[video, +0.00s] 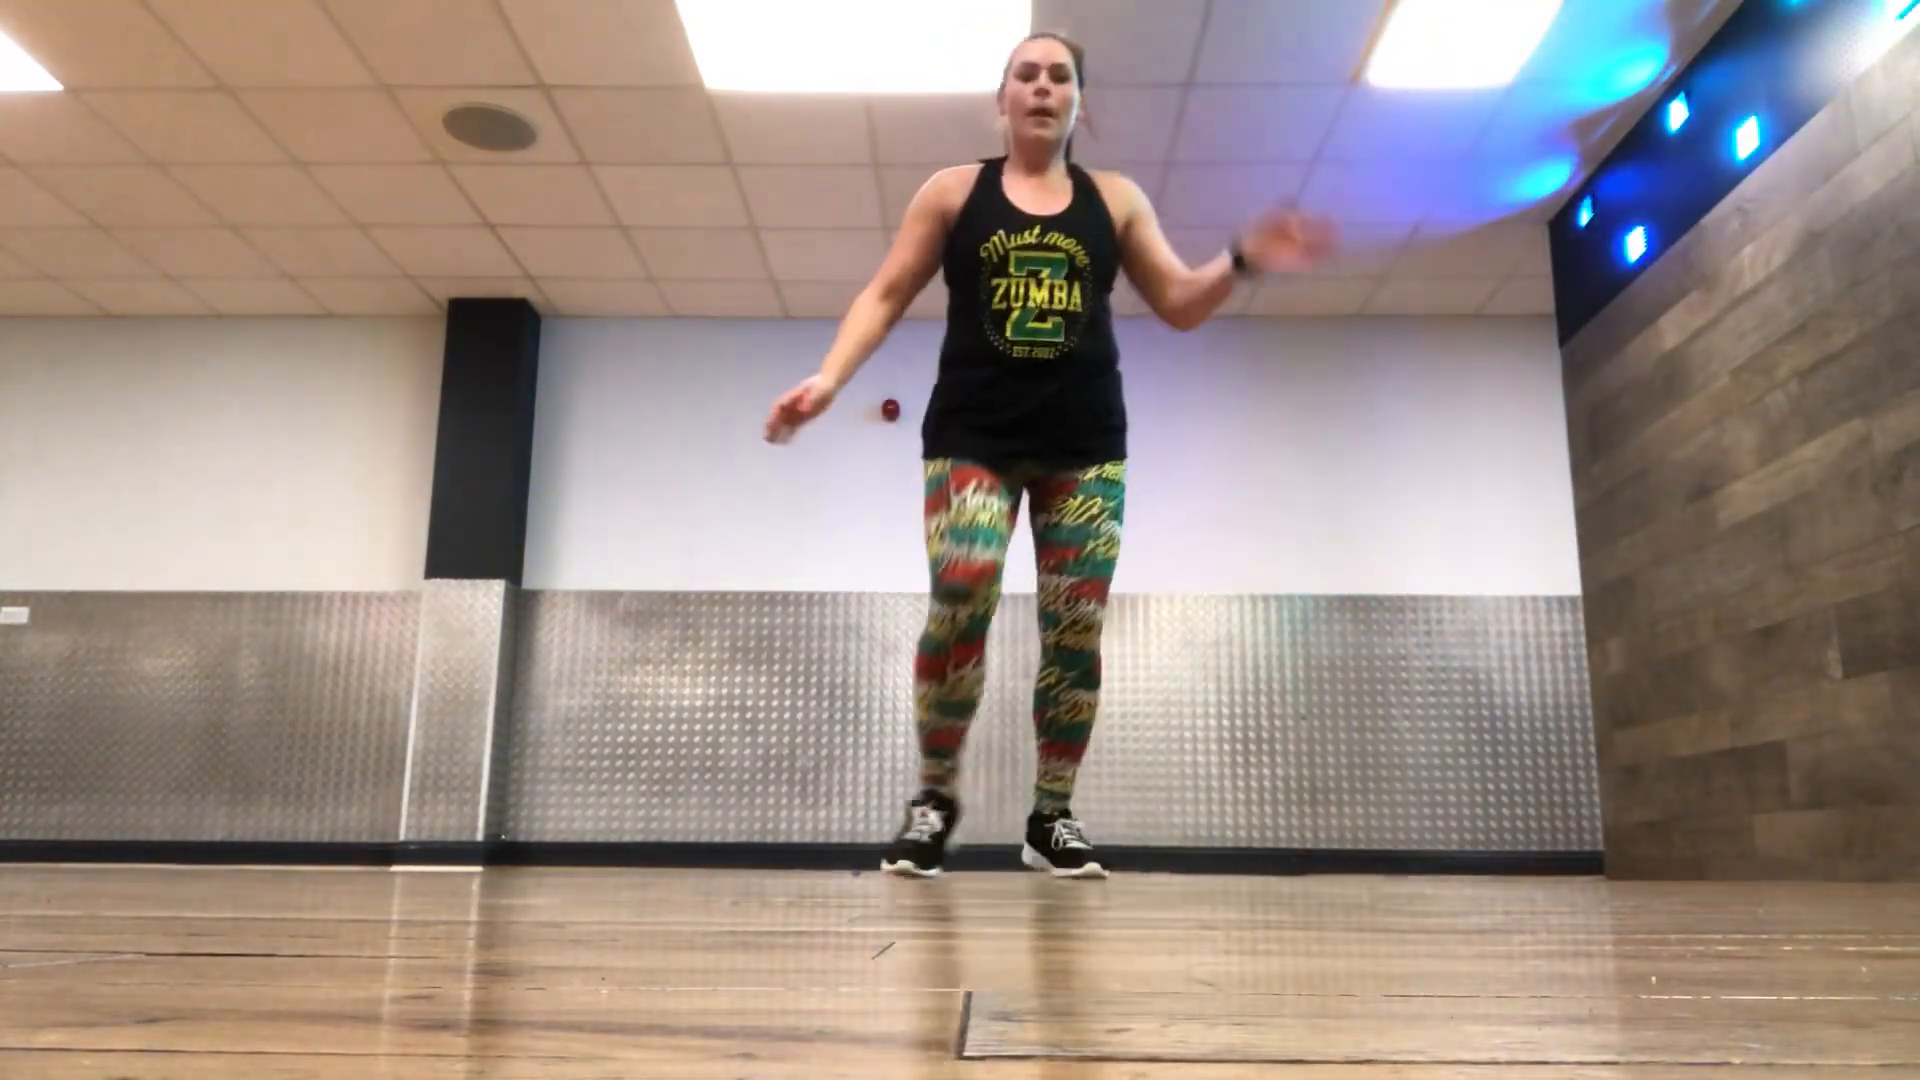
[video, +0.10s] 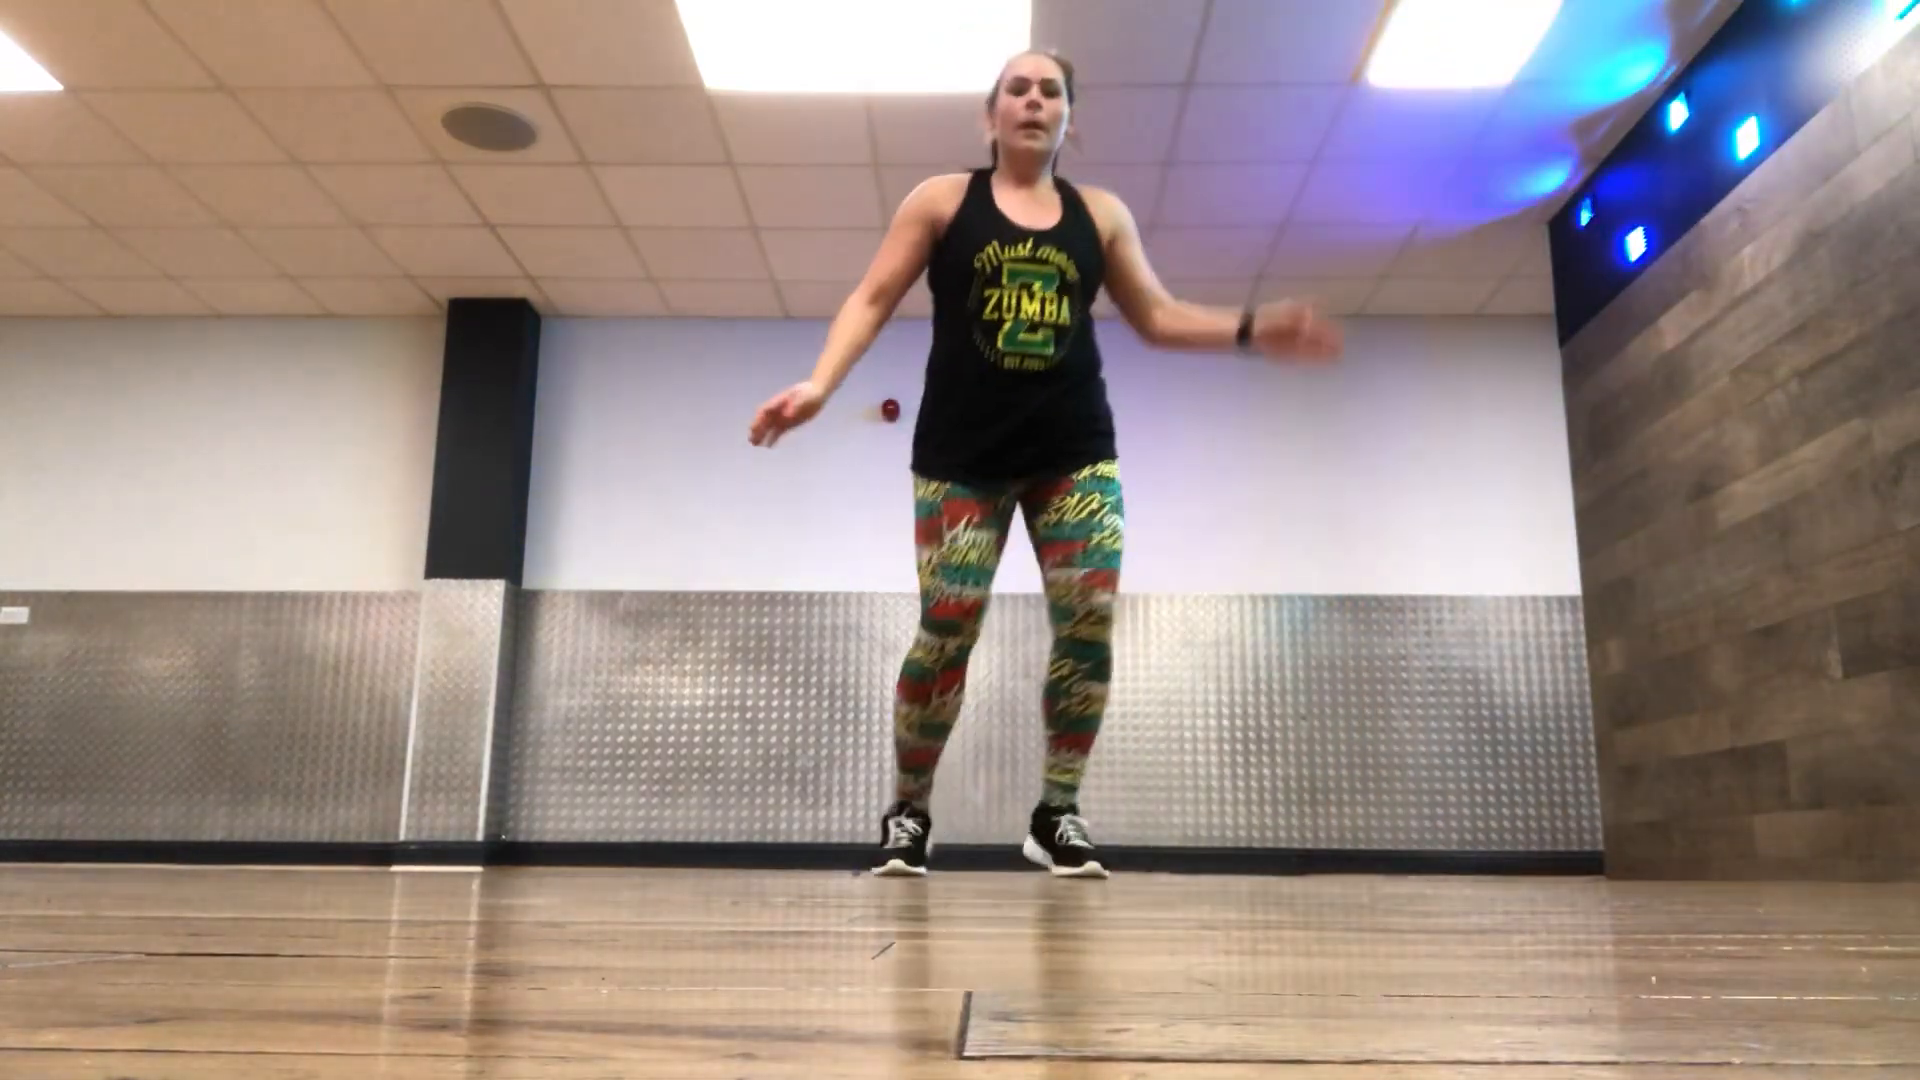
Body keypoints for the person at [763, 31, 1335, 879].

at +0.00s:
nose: (1044, 87)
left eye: (1059, 76)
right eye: (1029, 74)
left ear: (1079, 101)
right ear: (1001, 96)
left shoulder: (1115, 198)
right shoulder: (953, 193)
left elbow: (1181, 302)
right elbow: (885, 295)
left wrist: (1244, 257)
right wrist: (826, 380)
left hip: (1083, 442)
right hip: (974, 436)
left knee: (1078, 623)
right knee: (961, 597)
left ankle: (1053, 817)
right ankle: (934, 802)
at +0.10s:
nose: (1035, 100)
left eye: (1050, 91)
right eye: (1019, 88)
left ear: (1069, 116)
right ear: (991, 111)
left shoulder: (1100, 214)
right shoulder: (941, 201)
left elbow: (1158, 316)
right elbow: (871, 299)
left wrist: (1255, 327)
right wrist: (819, 386)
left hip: (1072, 451)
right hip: (963, 450)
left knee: (1089, 619)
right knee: (949, 622)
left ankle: (1059, 813)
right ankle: (909, 813)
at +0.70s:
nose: (1094, 153)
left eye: (1106, 142)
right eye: (1078, 141)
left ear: (1126, 161)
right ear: (1052, 161)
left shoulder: (1160, 250)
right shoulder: (1018, 234)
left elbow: (1182, 350)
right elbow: (1035, 331)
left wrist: (1124, 401)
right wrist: (1152, 382)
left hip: (1139, 468)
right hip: (1040, 462)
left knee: (1138, 641)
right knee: (1078, 569)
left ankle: (1125, 831)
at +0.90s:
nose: (1098, 165)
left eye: (1111, 156)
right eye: (1082, 155)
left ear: (1130, 176)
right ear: (1056, 175)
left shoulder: (1163, 263)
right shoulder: (1024, 247)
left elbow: (1187, 361)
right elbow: (1064, 348)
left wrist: (1118, 398)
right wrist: (1175, 414)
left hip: (1154, 486)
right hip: (1060, 490)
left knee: (1161, 648)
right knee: (1148, 634)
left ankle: (1124, 825)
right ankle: (1230, 805)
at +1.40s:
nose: (1002, 155)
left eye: (1017, 144)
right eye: (989, 144)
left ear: (1043, 163)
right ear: (971, 162)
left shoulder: (1085, 251)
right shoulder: (930, 251)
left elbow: (1124, 355)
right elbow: (902, 358)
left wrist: (1096, 457)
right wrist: (904, 459)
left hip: (1058, 482)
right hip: (952, 485)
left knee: (1086, 644)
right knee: (915, 640)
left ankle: (1119, 825)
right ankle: (896, 823)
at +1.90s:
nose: (921, 158)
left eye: (937, 149)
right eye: (908, 148)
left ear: (960, 171)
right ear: (886, 168)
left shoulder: (988, 250)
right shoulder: (851, 252)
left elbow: (977, 350)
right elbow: (828, 356)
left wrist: (857, 371)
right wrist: (843, 435)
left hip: (953, 467)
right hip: (864, 468)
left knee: (881, 609)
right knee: (865, 637)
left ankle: (806, 790)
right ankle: (899, 828)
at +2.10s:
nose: (926, 166)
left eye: (941, 156)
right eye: (913, 155)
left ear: (963, 180)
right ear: (890, 175)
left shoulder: (989, 259)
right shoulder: (849, 257)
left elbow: (1034, 333)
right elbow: (820, 365)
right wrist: (846, 460)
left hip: (950, 473)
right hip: (858, 472)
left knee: (891, 603)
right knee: (863, 644)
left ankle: (811, 796)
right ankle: (900, 826)